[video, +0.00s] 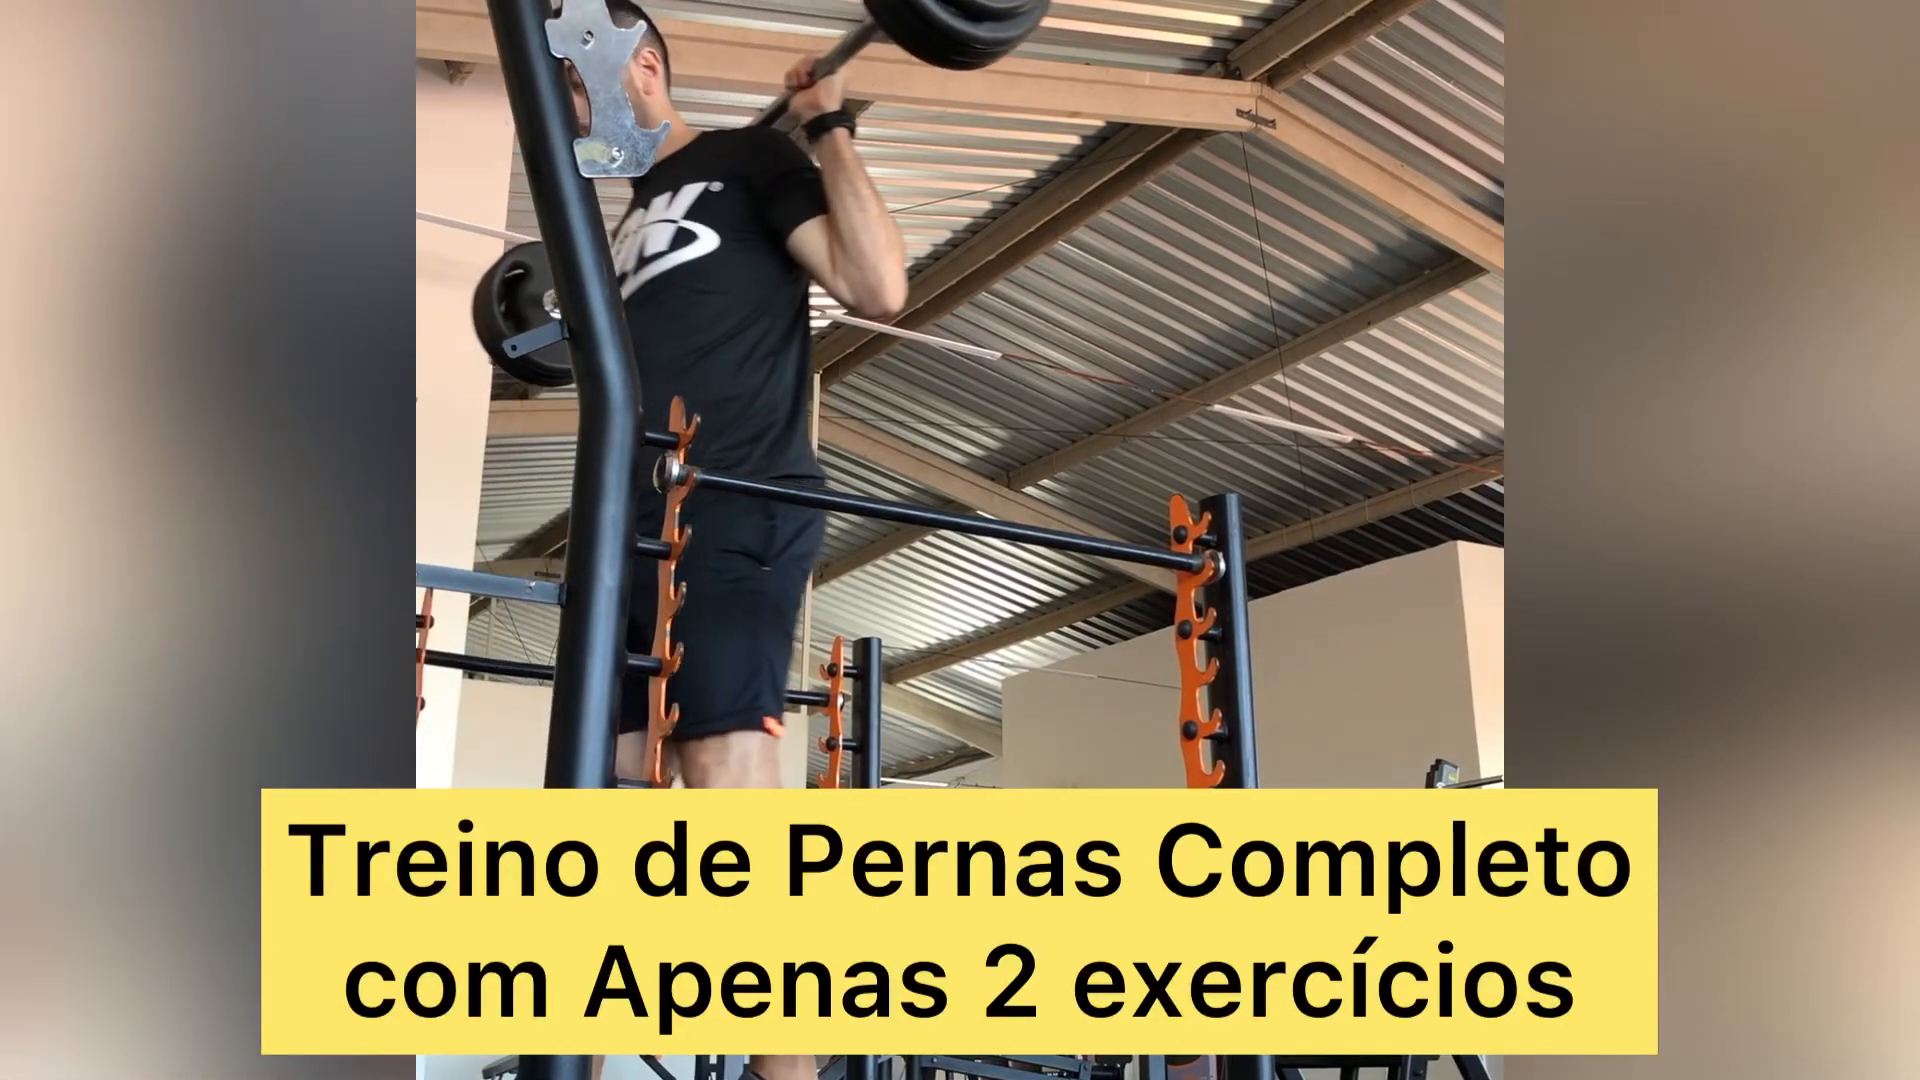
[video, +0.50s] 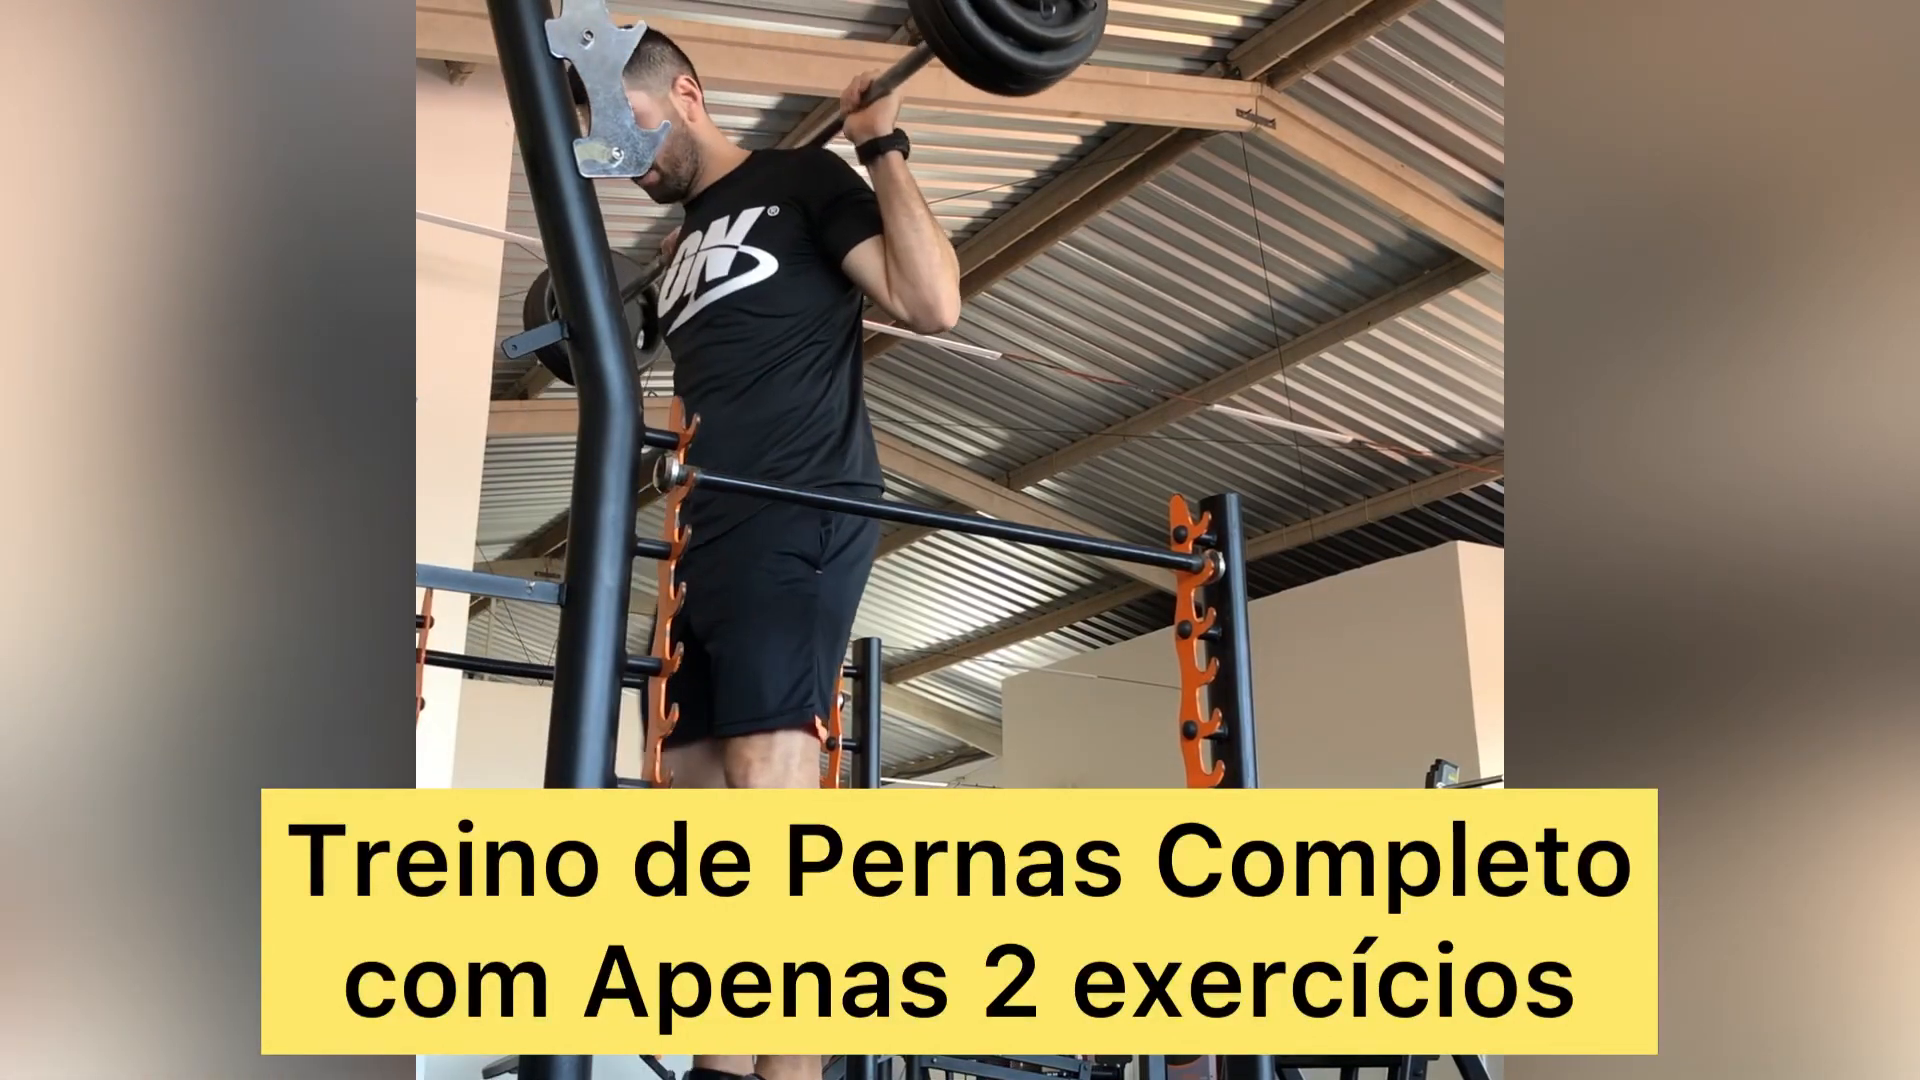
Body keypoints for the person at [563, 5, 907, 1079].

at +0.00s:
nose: (582, 95)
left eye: (600, 66)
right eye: (566, 76)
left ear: (652, 68)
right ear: (569, 95)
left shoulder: (748, 154)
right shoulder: (601, 217)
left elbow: (879, 293)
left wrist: (831, 135)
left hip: (743, 497)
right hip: (630, 503)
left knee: (726, 775)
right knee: (623, 769)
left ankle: (783, 1055)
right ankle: (609, 1046)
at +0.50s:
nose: (635, 155)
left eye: (643, 128)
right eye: (622, 139)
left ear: (692, 95)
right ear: (630, 136)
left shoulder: (800, 173)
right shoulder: (676, 254)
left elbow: (933, 304)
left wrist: (887, 151)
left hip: (801, 502)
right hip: (713, 514)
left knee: (769, 770)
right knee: (687, 772)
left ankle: (795, 1052)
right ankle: (725, 1051)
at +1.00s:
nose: (629, 193)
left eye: (634, 164)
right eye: (615, 177)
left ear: (690, 132)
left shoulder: (804, 211)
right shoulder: (687, 278)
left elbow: (931, 337)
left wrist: (883, 193)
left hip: (813, 517)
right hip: (731, 531)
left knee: (752, 747)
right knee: (705, 772)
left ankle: (813, 1015)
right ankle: (731, 1036)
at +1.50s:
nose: (655, 179)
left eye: (658, 148)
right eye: (640, 161)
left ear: (718, 114)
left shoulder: (836, 195)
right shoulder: (718, 262)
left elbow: (956, 327)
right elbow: (748, 413)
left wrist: (910, 169)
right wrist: (687, 442)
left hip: (836, 518)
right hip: (745, 531)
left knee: (809, 762)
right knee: (707, 784)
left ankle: (848, 1065)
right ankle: (727, 1066)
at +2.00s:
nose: (650, 178)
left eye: (654, 148)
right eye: (637, 160)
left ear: (714, 116)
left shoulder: (828, 193)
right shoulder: (708, 268)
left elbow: (946, 322)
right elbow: (704, 417)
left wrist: (904, 173)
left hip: (822, 527)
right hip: (721, 541)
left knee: (815, 764)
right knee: (706, 788)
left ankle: (848, 1065)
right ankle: (727, 1066)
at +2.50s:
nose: (634, 193)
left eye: (638, 163)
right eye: (620, 176)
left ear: (696, 128)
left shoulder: (816, 201)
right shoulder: (700, 281)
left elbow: (943, 323)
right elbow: (716, 434)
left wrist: (889, 183)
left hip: (829, 529)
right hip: (737, 543)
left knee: (797, 761)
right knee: (723, 791)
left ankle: (835, 1065)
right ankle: (730, 1067)